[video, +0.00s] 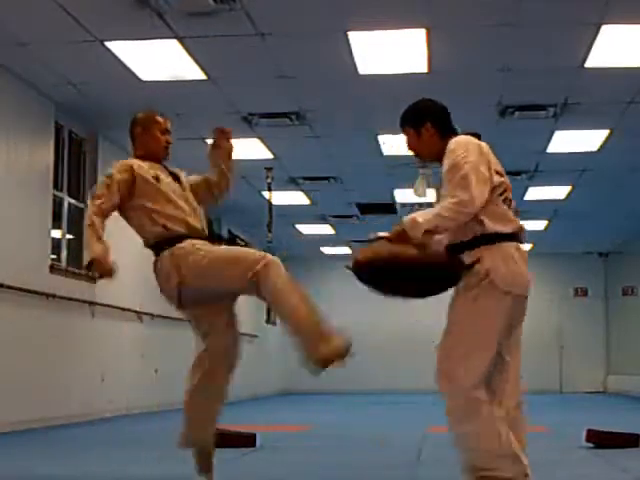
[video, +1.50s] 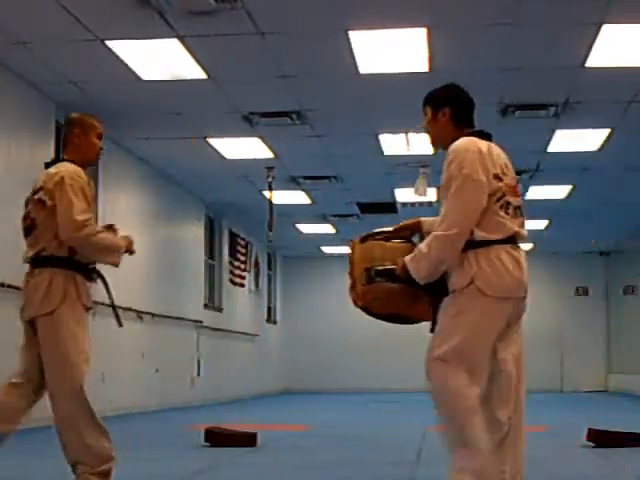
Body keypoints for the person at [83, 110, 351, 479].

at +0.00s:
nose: (168, 138)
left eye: (169, 133)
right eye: (161, 131)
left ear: (169, 141)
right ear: (139, 137)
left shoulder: (179, 179)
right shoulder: (129, 170)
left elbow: (217, 186)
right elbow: (97, 208)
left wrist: (221, 154)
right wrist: (97, 249)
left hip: (200, 264)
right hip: (179, 260)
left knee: (220, 349)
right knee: (264, 266)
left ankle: (199, 435)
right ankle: (318, 344)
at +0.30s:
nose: (212, 164)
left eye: (213, 158)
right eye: (205, 156)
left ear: (210, 165)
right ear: (182, 158)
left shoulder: (214, 207)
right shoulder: (155, 204)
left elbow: (221, 254)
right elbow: (166, 242)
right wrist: (196, 192)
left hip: (244, 279)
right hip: (208, 305)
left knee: (315, 279)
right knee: (226, 385)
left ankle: (391, 311)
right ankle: (228, 468)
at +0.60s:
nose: (237, 147)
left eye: (236, 141)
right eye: (229, 141)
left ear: (230, 149)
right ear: (206, 147)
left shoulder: (247, 201)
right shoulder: (192, 195)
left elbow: (266, 244)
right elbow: (175, 249)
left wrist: (292, 239)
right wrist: (219, 263)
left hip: (257, 301)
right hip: (220, 300)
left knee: (268, 380)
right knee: (231, 376)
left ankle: (249, 463)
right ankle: (215, 462)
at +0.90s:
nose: (229, 146)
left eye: (228, 139)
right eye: (222, 138)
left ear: (209, 142)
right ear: (199, 140)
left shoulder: (215, 194)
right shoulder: (178, 183)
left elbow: (215, 242)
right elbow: (157, 238)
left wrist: (239, 253)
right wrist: (213, 255)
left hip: (230, 298)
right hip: (199, 295)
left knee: (245, 386)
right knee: (187, 382)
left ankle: (243, 471)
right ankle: (113, 461)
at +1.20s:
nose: (166, 154)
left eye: (167, 147)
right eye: (163, 145)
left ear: (141, 145)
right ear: (140, 143)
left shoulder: (133, 187)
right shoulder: (119, 181)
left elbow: (123, 247)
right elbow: (134, 235)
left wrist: (158, 263)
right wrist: (184, 243)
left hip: (134, 293)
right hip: (117, 291)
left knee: (160, 385)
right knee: (112, 389)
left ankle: (185, 468)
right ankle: (97, 471)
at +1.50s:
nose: (102, 146)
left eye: (101, 139)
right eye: (97, 138)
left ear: (73, 141)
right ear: (75, 138)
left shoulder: (50, 177)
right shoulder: (69, 174)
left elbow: (58, 237)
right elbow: (78, 234)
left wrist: (100, 234)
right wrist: (119, 245)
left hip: (40, 283)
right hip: (59, 283)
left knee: (30, 379)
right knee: (68, 380)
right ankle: (93, 466)